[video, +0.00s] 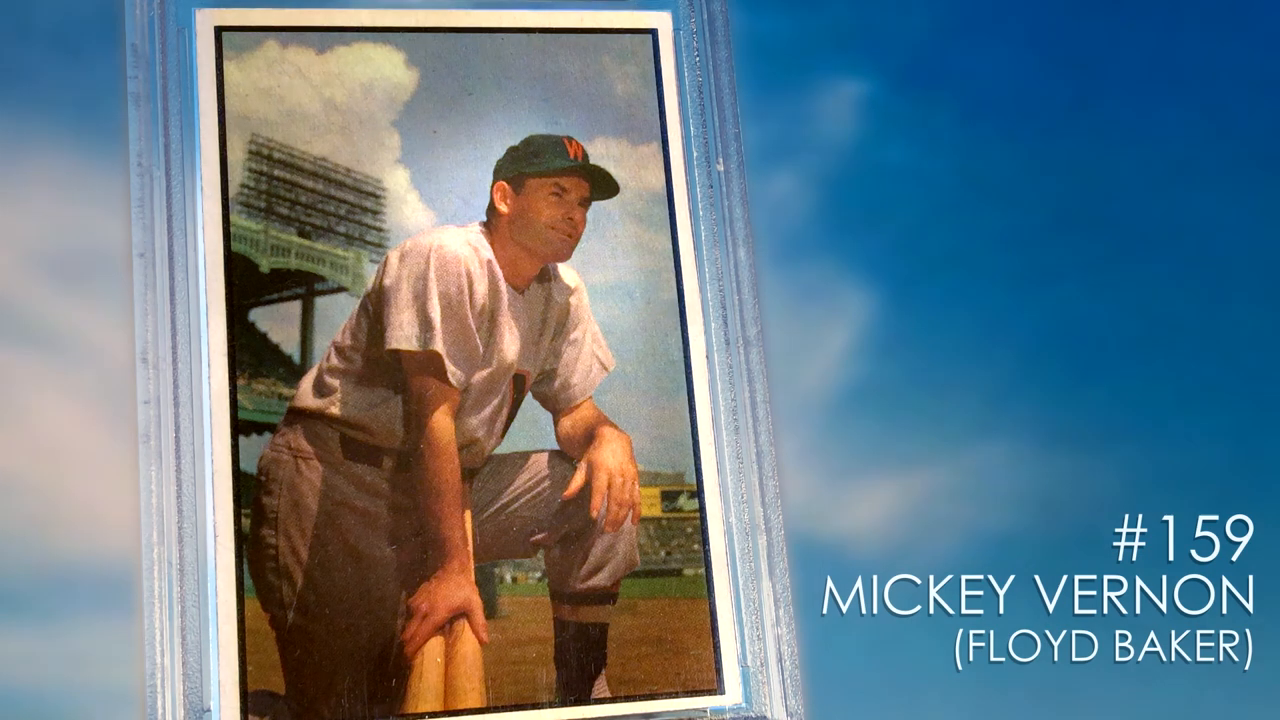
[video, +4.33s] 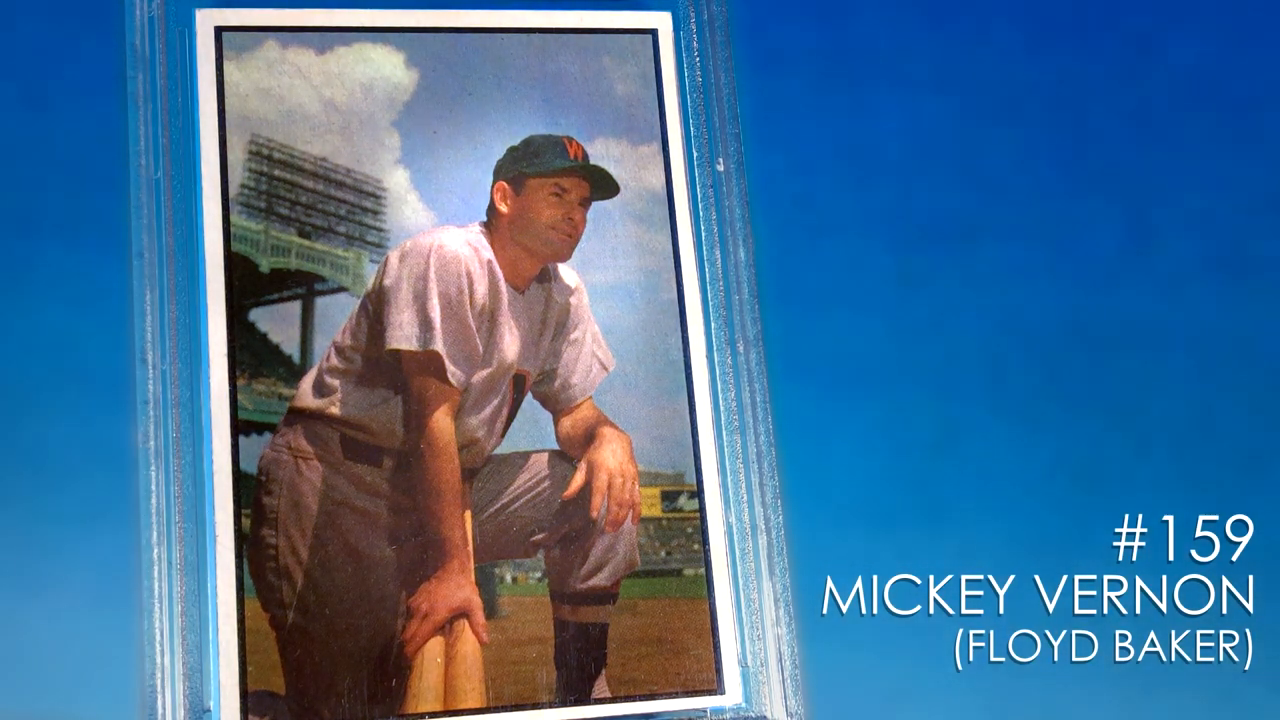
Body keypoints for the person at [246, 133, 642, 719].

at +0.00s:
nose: (577, 216)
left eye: (584, 204)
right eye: (558, 194)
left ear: (586, 217)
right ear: (505, 197)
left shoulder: (560, 295)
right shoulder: (442, 257)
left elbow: (575, 414)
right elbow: (432, 419)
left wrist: (609, 435)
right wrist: (454, 566)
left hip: (438, 486)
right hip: (334, 479)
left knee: (595, 488)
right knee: (347, 702)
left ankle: (581, 694)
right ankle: (239, 706)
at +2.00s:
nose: (576, 216)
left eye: (584, 204)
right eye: (557, 194)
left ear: (586, 217)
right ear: (504, 197)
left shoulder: (560, 296)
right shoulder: (441, 256)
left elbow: (575, 415)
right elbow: (431, 419)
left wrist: (609, 435)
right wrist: (454, 565)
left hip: (440, 486)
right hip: (335, 478)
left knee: (595, 488)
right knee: (352, 700)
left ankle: (580, 694)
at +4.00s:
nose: (576, 215)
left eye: (584, 204)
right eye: (558, 193)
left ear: (586, 218)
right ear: (504, 197)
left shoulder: (560, 296)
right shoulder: (441, 257)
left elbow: (575, 414)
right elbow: (433, 419)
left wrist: (609, 435)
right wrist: (454, 566)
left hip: (438, 487)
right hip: (335, 482)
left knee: (595, 488)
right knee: (346, 703)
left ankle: (581, 695)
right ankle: (235, 706)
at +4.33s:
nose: (576, 215)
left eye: (584, 204)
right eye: (557, 194)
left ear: (586, 217)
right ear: (505, 197)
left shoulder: (560, 296)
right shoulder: (441, 257)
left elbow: (575, 415)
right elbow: (431, 420)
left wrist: (609, 435)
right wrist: (454, 566)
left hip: (439, 487)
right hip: (334, 480)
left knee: (595, 488)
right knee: (348, 704)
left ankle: (580, 696)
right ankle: (238, 706)